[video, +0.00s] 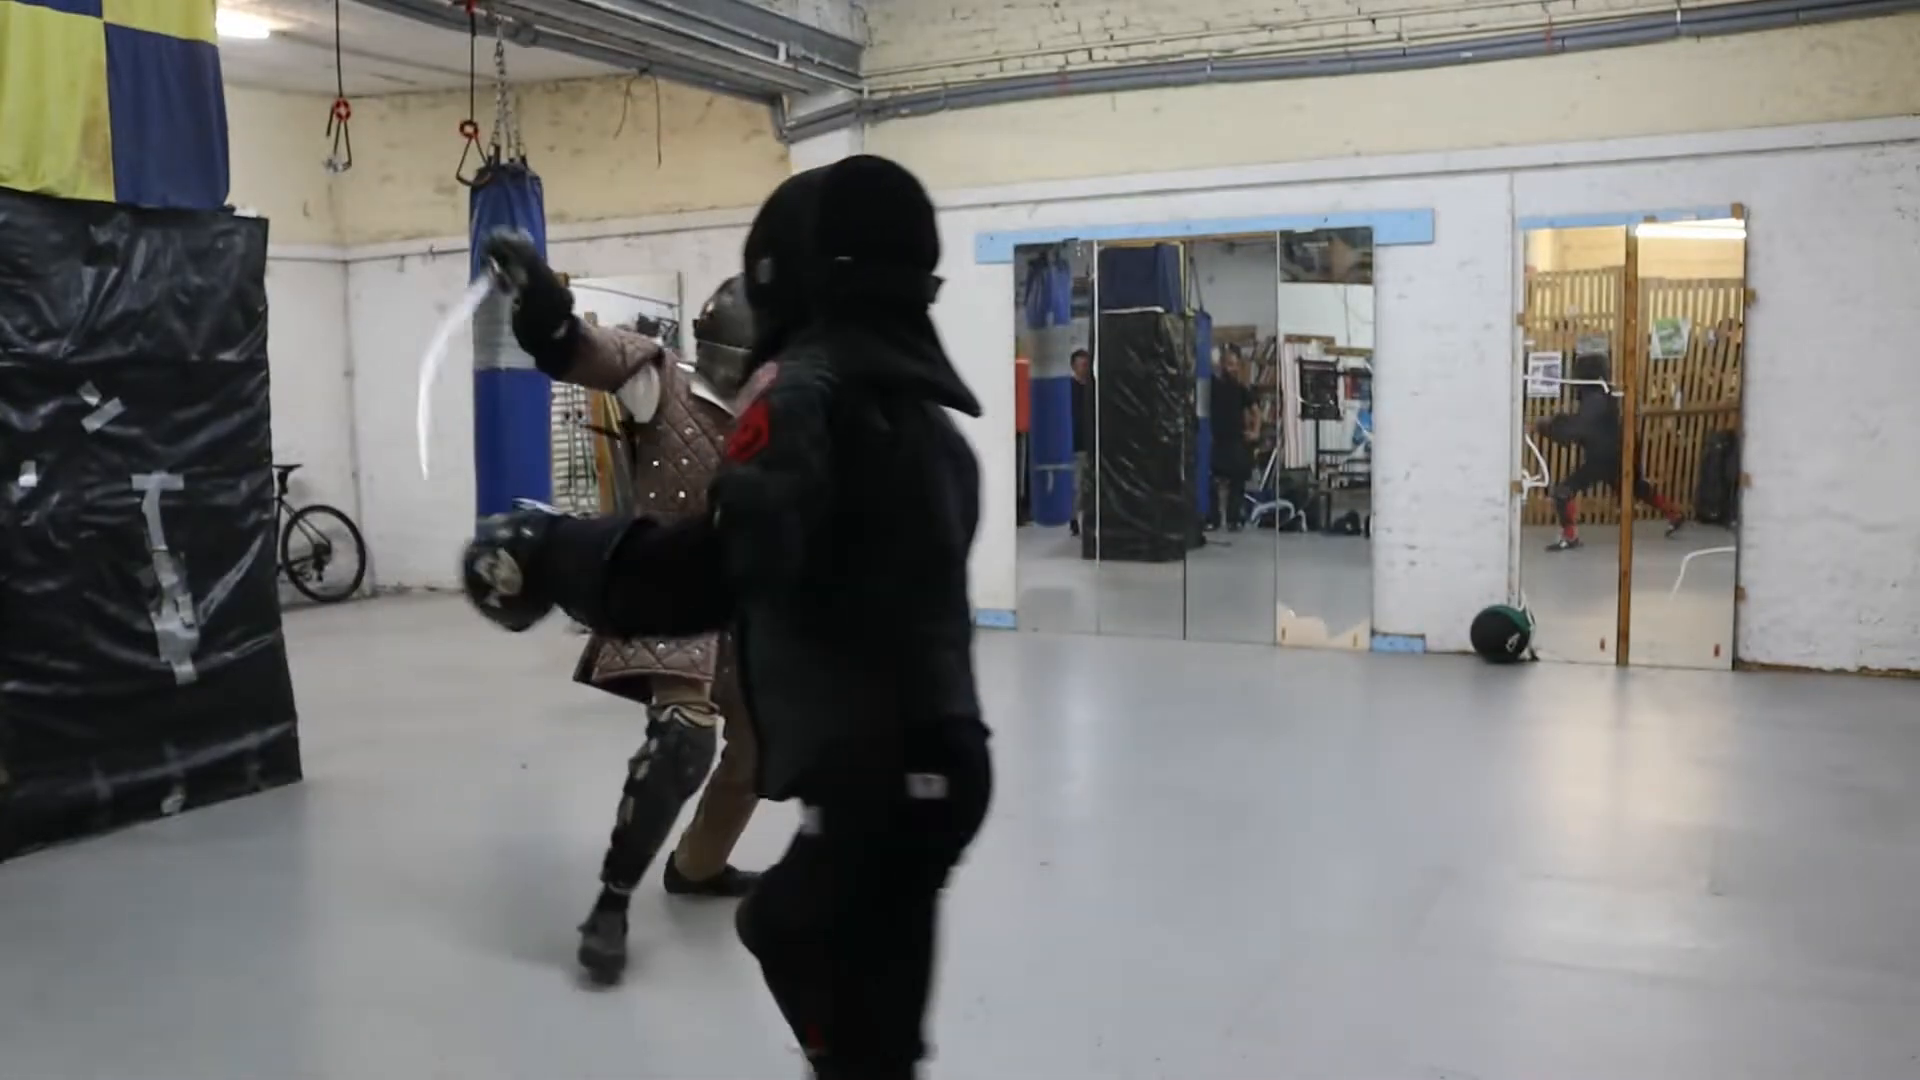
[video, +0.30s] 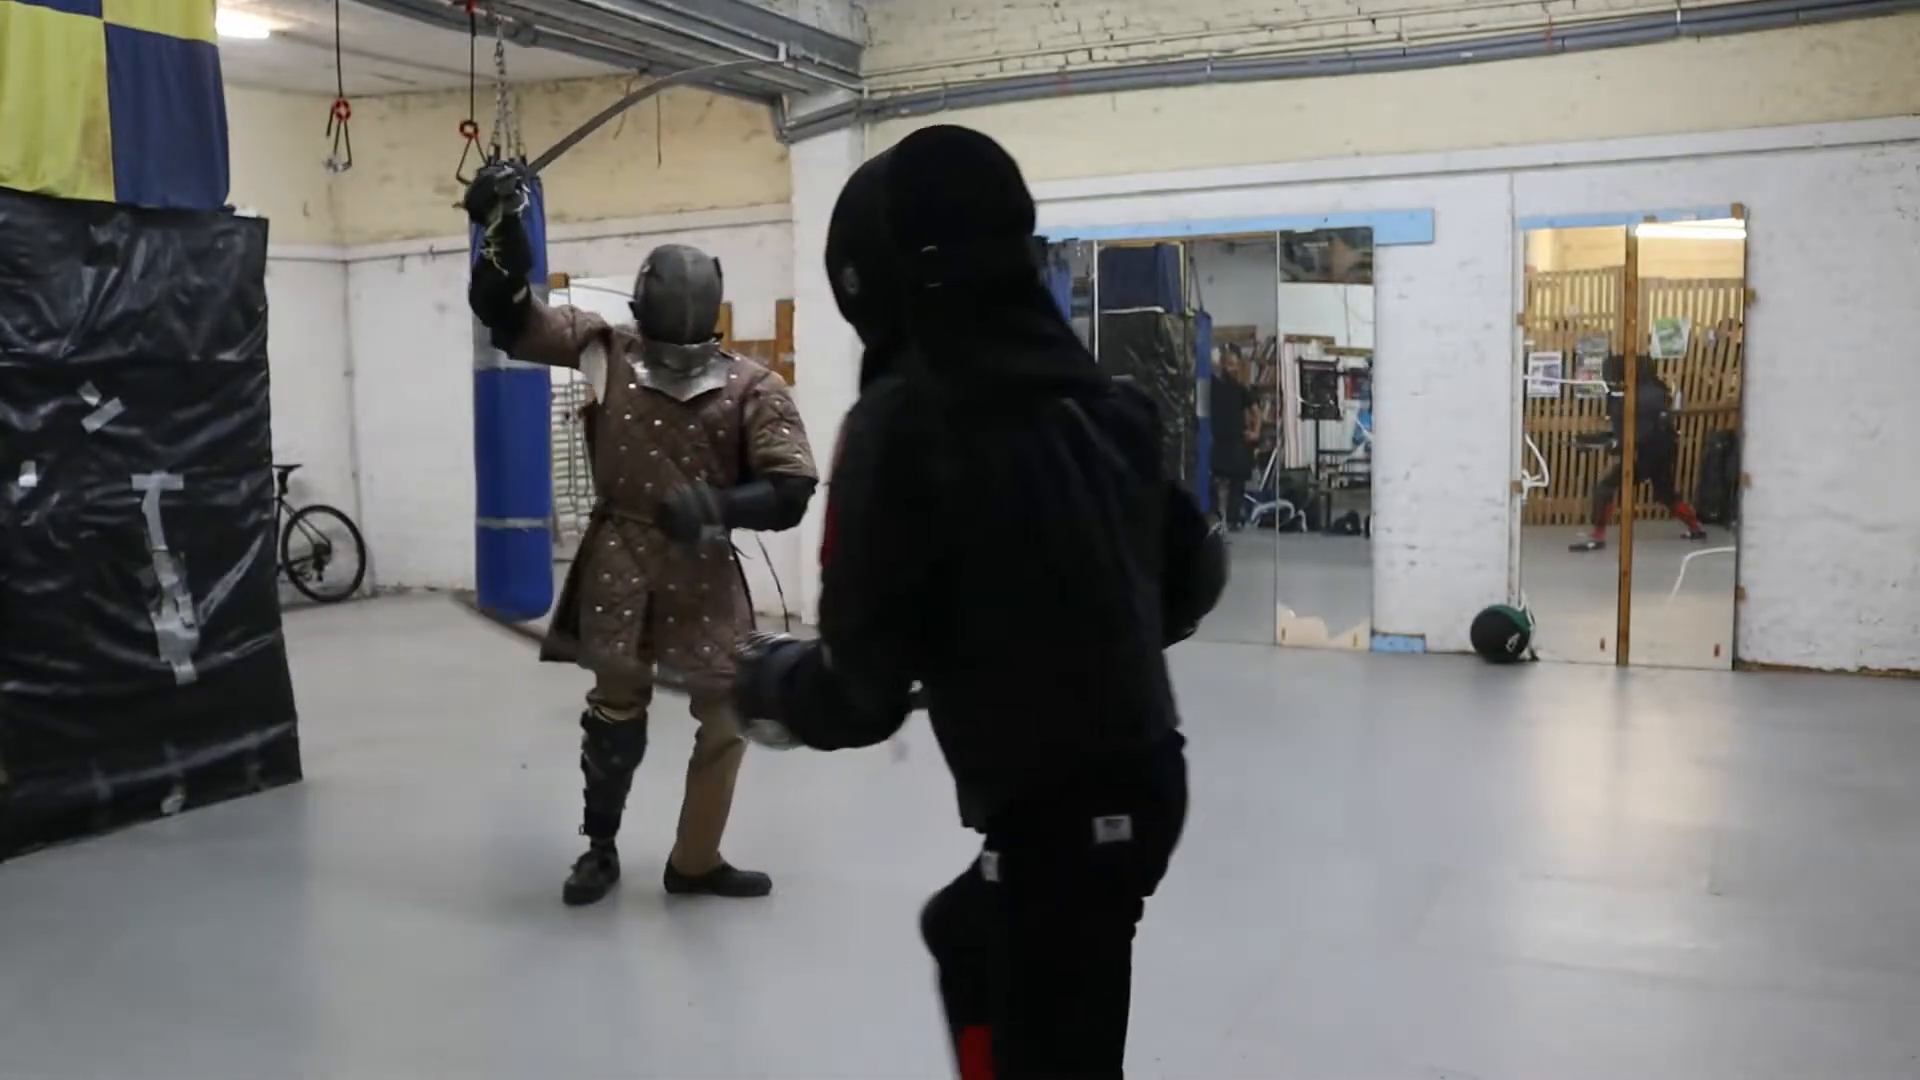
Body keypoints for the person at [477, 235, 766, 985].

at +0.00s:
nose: (738, 340)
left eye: (750, 328)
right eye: (731, 325)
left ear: (769, 340)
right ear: (710, 327)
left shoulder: (775, 405)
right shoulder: (661, 373)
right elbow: (593, 357)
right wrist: (545, 308)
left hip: (750, 603)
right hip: (671, 597)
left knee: (756, 747)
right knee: (684, 742)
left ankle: (700, 865)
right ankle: (612, 905)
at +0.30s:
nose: (673, 359)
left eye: (687, 347)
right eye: (661, 345)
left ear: (713, 322)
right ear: (642, 318)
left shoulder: (751, 385)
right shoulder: (605, 348)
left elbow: (791, 491)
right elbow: (510, 320)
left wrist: (720, 506)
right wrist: (497, 231)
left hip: (705, 570)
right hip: (619, 562)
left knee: (727, 723)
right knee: (617, 712)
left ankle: (695, 860)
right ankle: (598, 850)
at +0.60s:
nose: (652, 339)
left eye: (665, 327)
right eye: (639, 325)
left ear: (684, 314)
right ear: (615, 308)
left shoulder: (725, 380)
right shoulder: (578, 343)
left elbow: (758, 484)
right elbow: (476, 341)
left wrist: (688, 440)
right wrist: (463, 258)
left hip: (683, 556)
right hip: (596, 550)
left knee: (725, 704)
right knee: (599, 709)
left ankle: (708, 844)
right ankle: (595, 848)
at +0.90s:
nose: (680, 352)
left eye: (693, 338)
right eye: (668, 338)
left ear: (713, 317)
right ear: (644, 314)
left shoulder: (742, 374)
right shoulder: (604, 359)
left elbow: (798, 450)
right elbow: (519, 389)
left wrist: (753, 435)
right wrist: (505, 307)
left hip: (717, 554)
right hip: (642, 553)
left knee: (743, 711)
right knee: (668, 711)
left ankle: (705, 847)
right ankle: (619, 843)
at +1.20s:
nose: (701, 361)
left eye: (712, 345)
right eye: (686, 347)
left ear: (728, 329)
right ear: (654, 328)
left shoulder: (745, 377)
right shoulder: (628, 380)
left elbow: (807, 465)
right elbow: (609, 475)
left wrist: (755, 429)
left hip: (729, 552)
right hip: (666, 554)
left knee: (767, 719)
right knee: (715, 721)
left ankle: (716, 847)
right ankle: (678, 889)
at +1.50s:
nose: (707, 359)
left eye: (716, 344)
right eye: (692, 345)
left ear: (732, 342)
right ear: (662, 345)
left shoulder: (739, 402)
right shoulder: (637, 425)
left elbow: (792, 462)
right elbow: (672, 550)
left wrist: (775, 467)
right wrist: (771, 609)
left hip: (733, 592)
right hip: (669, 599)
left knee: (780, 726)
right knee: (718, 733)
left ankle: (721, 851)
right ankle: (675, 905)